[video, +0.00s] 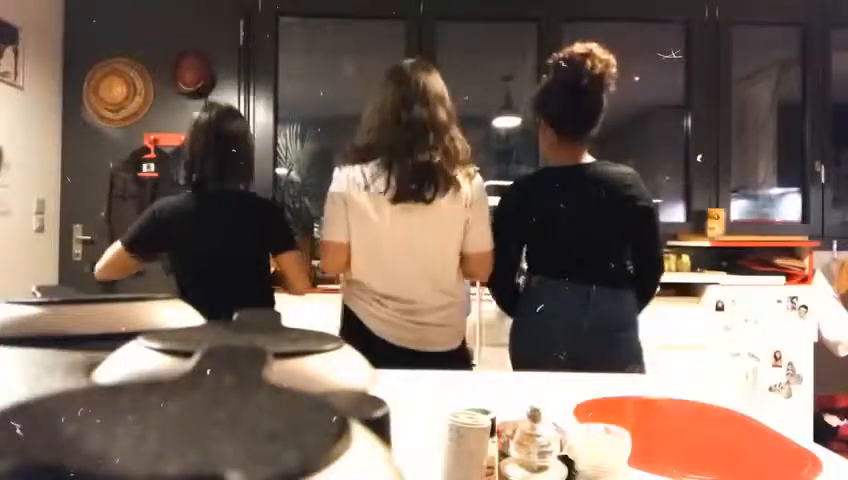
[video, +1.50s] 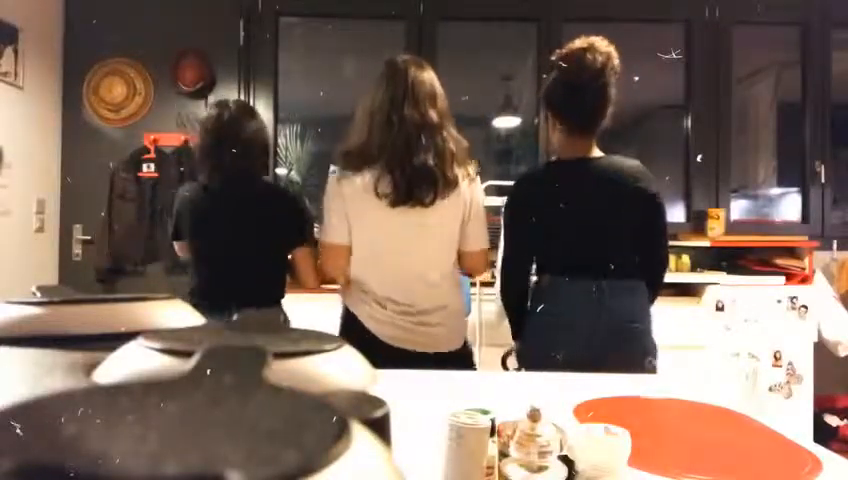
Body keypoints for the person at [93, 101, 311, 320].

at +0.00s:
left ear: (192, 156)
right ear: (245, 155)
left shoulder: (169, 213)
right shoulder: (265, 212)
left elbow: (104, 270)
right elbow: (301, 285)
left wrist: (153, 252)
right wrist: (271, 270)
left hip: (200, 344)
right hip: (261, 345)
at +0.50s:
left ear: (196, 144)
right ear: (250, 142)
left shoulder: (176, 200)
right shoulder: (272, 200)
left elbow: (112, 257)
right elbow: (302, 278)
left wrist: (163, 242)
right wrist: (264, 260)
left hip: (197, 331)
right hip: (262, 331)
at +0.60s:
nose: (184, 165)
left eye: (188, 155)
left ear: (196, 162)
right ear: (249, 158)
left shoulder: (183, 215)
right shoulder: (276, 211)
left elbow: (120, 276)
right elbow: (304, 287)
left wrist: (171, 259)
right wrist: (271, 270)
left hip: (205, 342)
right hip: (266, 342)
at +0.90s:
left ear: (198, 158)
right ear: (253, 153)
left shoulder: (184, 208)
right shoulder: (278, 204)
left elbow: (117, 268)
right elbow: (303, 281)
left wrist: (170, 257)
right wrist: (270, 264)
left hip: (196, 331)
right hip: (261, 332)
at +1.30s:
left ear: (198, 146)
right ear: (260, 145)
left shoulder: (182, 202)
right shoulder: (281, 202)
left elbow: (139, 270)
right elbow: (306, 279)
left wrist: (177, 246)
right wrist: (274, 260)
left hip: (202, 332)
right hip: (265, 331)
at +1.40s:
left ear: (206, 157)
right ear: (263, 154)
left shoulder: (191, 208)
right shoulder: (283, 208)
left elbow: (166, 264)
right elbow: (309, 286)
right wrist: (279, 260)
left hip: (209, 335)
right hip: (269, 335)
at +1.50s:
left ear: (204, 149)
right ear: (262, 146)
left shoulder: (190, 199)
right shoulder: (284, 200)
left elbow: (183, 250)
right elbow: (309, 280)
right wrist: (279, 257)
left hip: (207, 327)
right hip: (268, 325)